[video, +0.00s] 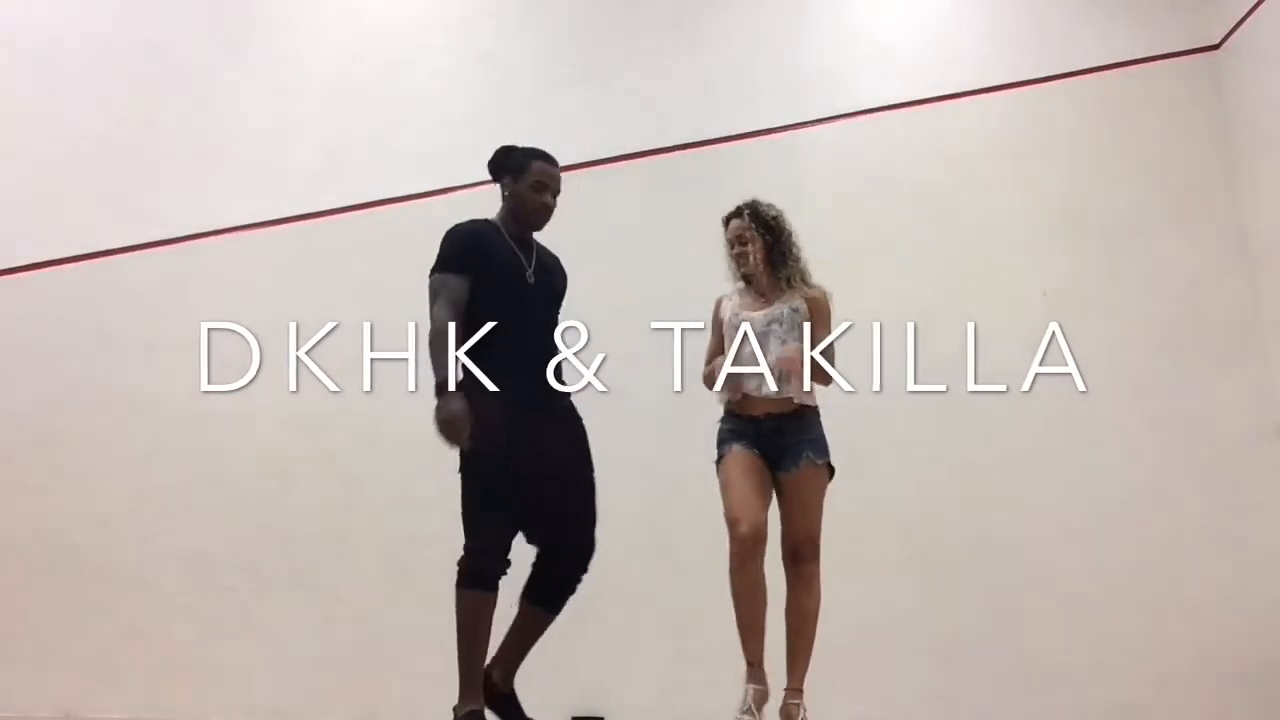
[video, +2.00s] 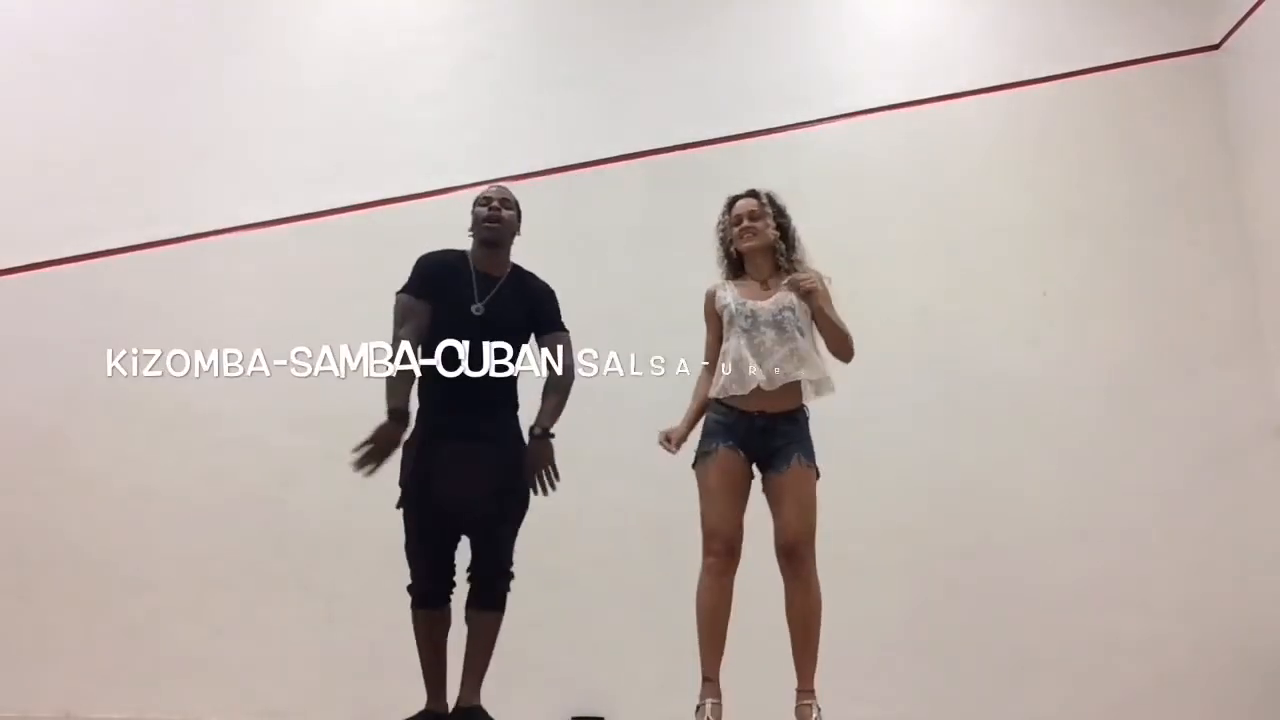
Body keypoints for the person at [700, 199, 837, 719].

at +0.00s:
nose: (740, 250)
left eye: (747, 240)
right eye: (734, 243)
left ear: (771, 240)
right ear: (729, 250)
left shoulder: (810, 300)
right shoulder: (726, 305)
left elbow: (827, 375)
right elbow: (708, 376)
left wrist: (801, 365)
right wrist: (727, 369)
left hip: (798, 430)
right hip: (740, 431)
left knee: (801, 556)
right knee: (745, 533)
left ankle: (794, 695)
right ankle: (755, 678)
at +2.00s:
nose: (746, 224)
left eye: (756, 216)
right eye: (737, 220)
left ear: (777, 227)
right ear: (730, 237)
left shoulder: (804, 283)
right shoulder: (720, 295)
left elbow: (844, 351)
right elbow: (710, 367)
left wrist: (818, 303)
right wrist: (684, 425)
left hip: (788, 429)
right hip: (725, 428)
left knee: (796, 553)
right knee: (720, 552)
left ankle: (806, 695)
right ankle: (709, 692)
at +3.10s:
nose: (727, 229)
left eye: (734, 219)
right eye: (720, 225)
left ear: (759, 225)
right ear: (717, 239)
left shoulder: (796, 286)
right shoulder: (713, 297)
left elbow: (828, 350)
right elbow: (704, 372)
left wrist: (846, 290)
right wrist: (657, 344)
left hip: (790, 430)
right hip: (728, 431)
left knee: (790, 556)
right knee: (717, 549)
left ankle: (782, 695)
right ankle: (715, 687)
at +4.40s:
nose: (720, 228)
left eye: (727, 219)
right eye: (712, 223)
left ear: (749, 223)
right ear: (706, 234)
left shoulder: (783, 283)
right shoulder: (700, 292)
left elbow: (811, 349)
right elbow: (691, 362)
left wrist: (775, 310)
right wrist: (684, 386)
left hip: (776, 426)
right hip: (714, 426)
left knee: (787, 554)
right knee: (707, 551)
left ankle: (795, 693)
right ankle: (697, 690)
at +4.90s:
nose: (713, 225)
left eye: (721, 215)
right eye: (707, 219)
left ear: (743, 221)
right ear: (700, 231)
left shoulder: (776, 285)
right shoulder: (689, 286)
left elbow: (800, 354)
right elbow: (668, 359)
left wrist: (783, 380)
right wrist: (685, 327)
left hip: (757, 427)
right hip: (696, 423)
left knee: (778, 541)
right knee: (689, 552)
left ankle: (762, 684)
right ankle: (689, 689)